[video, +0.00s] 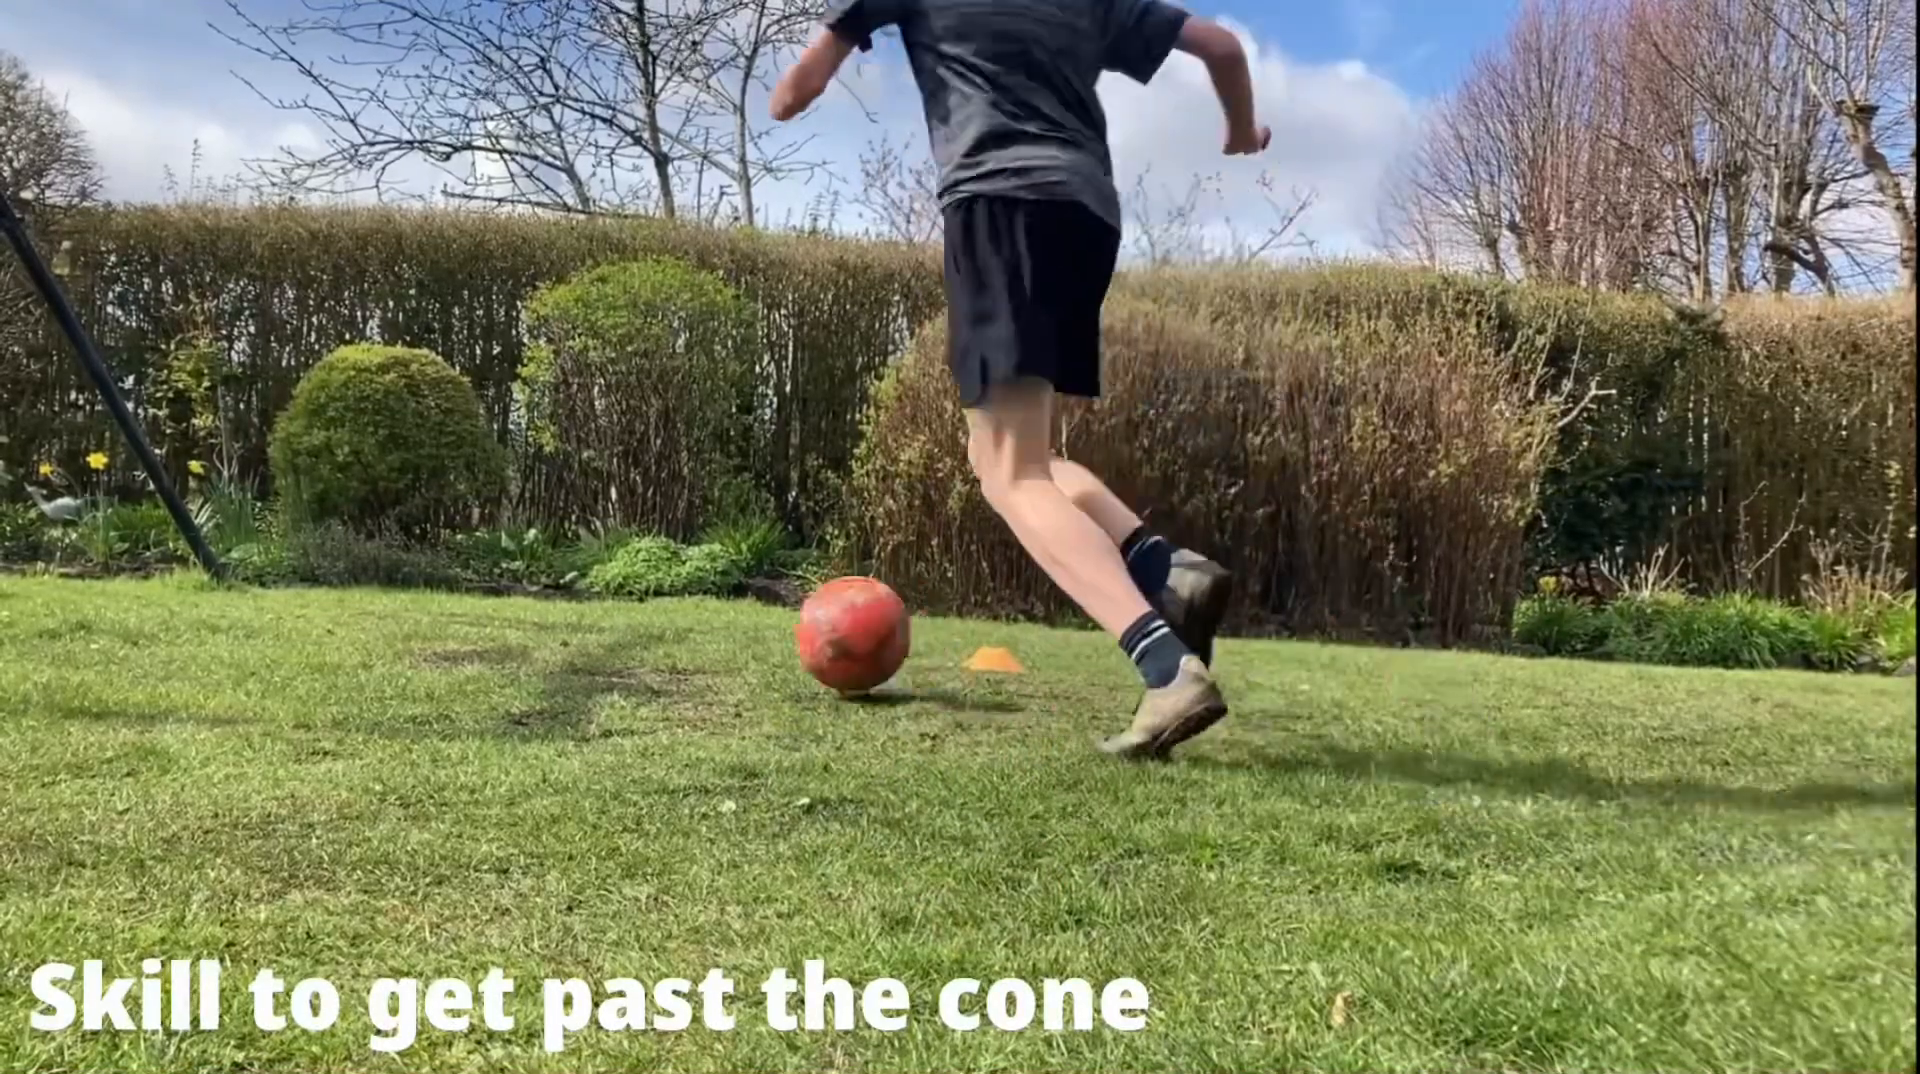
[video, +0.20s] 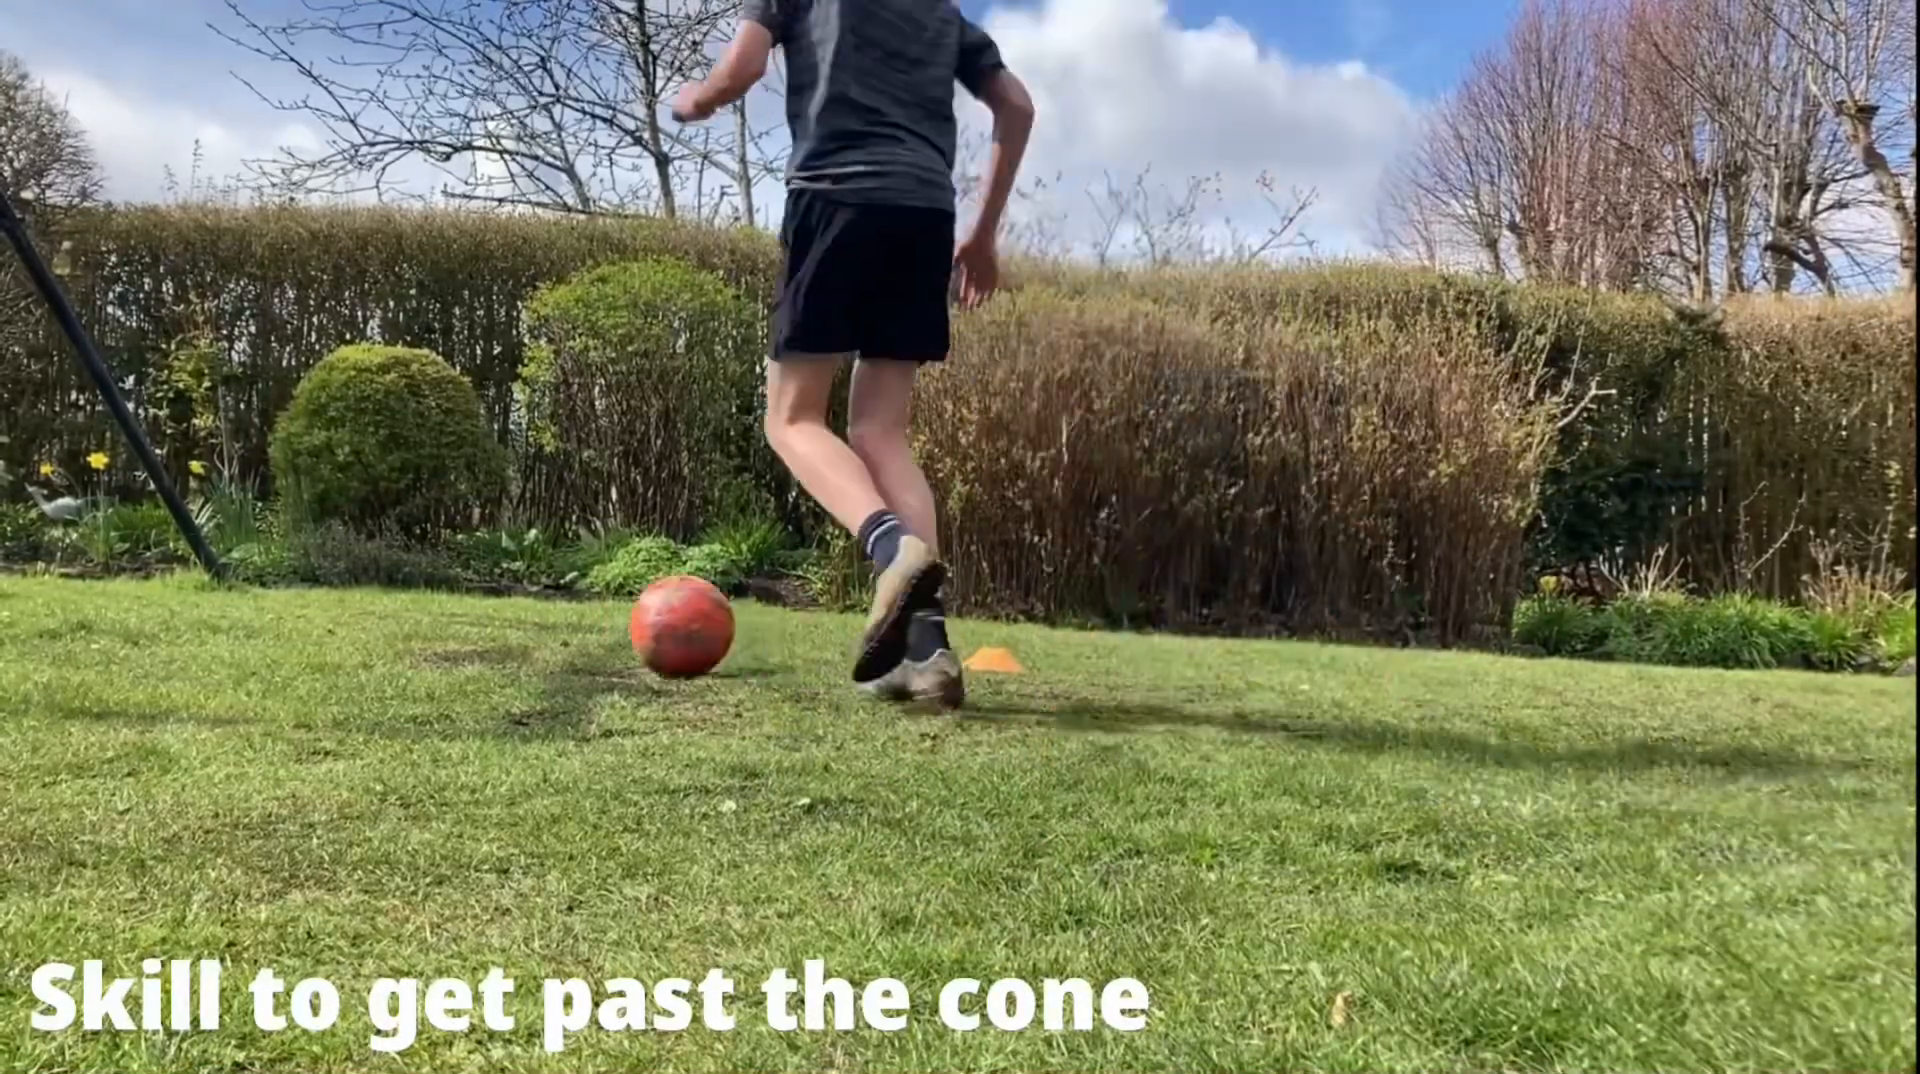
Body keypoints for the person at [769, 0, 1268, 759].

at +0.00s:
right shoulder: (1093, 2)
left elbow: (802, 80)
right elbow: (1224, 45)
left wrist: (786, 97)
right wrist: (1242, 124)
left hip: (1000, 196)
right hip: (1091, 206)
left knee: (1016, 473)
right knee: (1015, 454)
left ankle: (1171, 674)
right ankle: (1167, 571)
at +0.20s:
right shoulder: (943, 13)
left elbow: (738, 72)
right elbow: (1017, 106)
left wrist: (696, 97)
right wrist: (984, 231)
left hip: (835, 201)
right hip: (927, 209)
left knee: (793, 418)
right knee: (882, 429)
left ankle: (889, 546)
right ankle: (926, 649)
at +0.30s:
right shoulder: (859, 10)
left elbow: (654, 75)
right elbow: (939, 96)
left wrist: (621, 111)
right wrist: (934, 230)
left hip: (767, 193)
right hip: (859, 213)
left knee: (703, 396)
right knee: (801, 421)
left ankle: (716, 612)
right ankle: (897, 580)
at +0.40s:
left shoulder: (657, 10)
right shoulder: (799, 18)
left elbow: (562, 113)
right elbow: (886, 93)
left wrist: (599, 98)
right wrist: (936, 224)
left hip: (700, 227)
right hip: (785, 249)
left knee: (656, 432)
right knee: (714, 419)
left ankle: (667, 637)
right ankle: (770, 550)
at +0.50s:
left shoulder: (615, 19)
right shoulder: (755, 36)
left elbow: (538, 116)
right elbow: (832, 95)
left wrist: (602, 103)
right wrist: (887, 211)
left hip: (626, 239)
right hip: (714, 255)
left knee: (605, 429)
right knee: (672, 411)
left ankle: (629, 561)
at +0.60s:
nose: (636, 11)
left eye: (638, 4)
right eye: (645, 9)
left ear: (647, 4)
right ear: (703, 16)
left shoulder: (591, 46)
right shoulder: (726, 72)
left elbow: (531, 151)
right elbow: (789, 158)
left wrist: (582, 140)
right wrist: (818, 275)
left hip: (574, 268)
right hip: (660, 285)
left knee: (532, 410)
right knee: (617, 445)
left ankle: (508, 485)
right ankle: (581, 601)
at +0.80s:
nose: (638, 90)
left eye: (624, 72)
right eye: (670, 94)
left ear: (621, 72)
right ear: (673, 95)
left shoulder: (559, 104)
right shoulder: (663, 154)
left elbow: (487, 168)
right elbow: (696, 261)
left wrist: (510, 220)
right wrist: (676, 335)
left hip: (489, 284)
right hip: (564, 315)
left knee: (481, 397)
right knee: (587, 446)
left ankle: (375, 510)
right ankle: (556, 595)